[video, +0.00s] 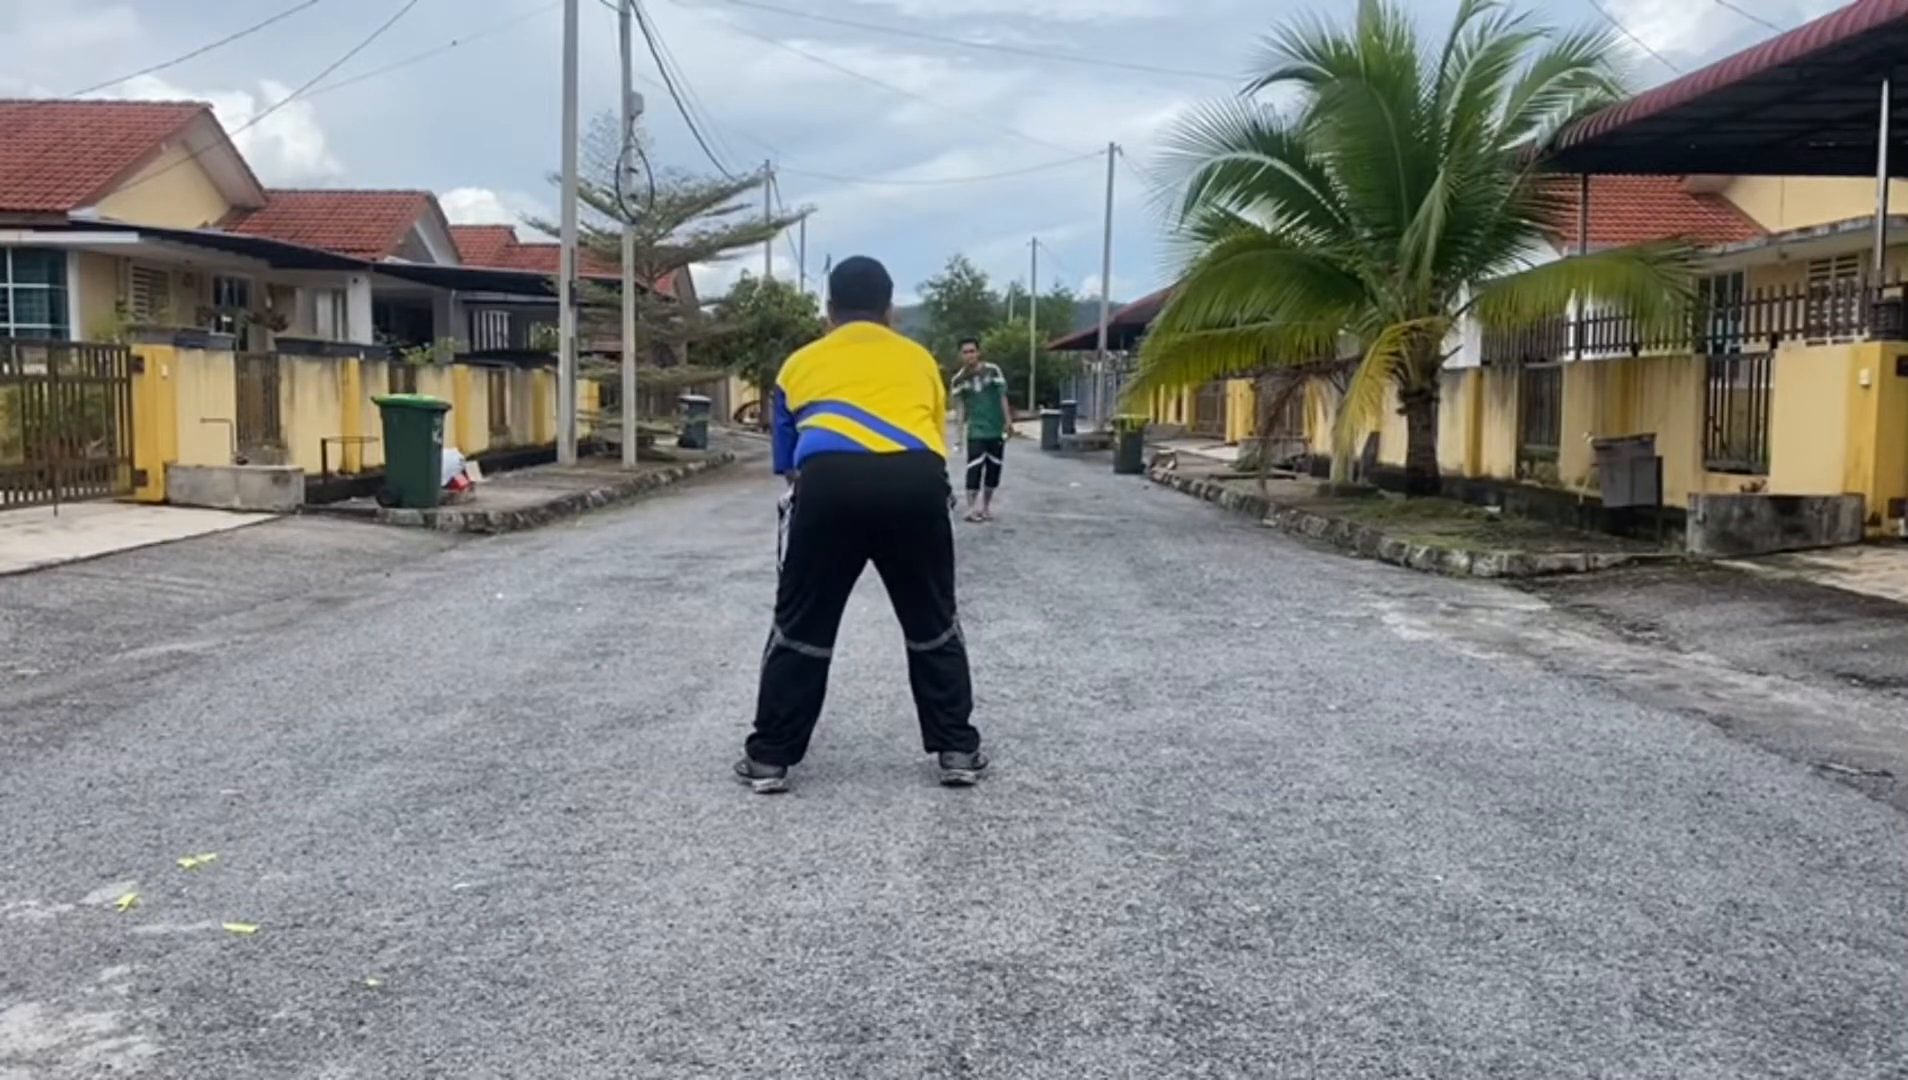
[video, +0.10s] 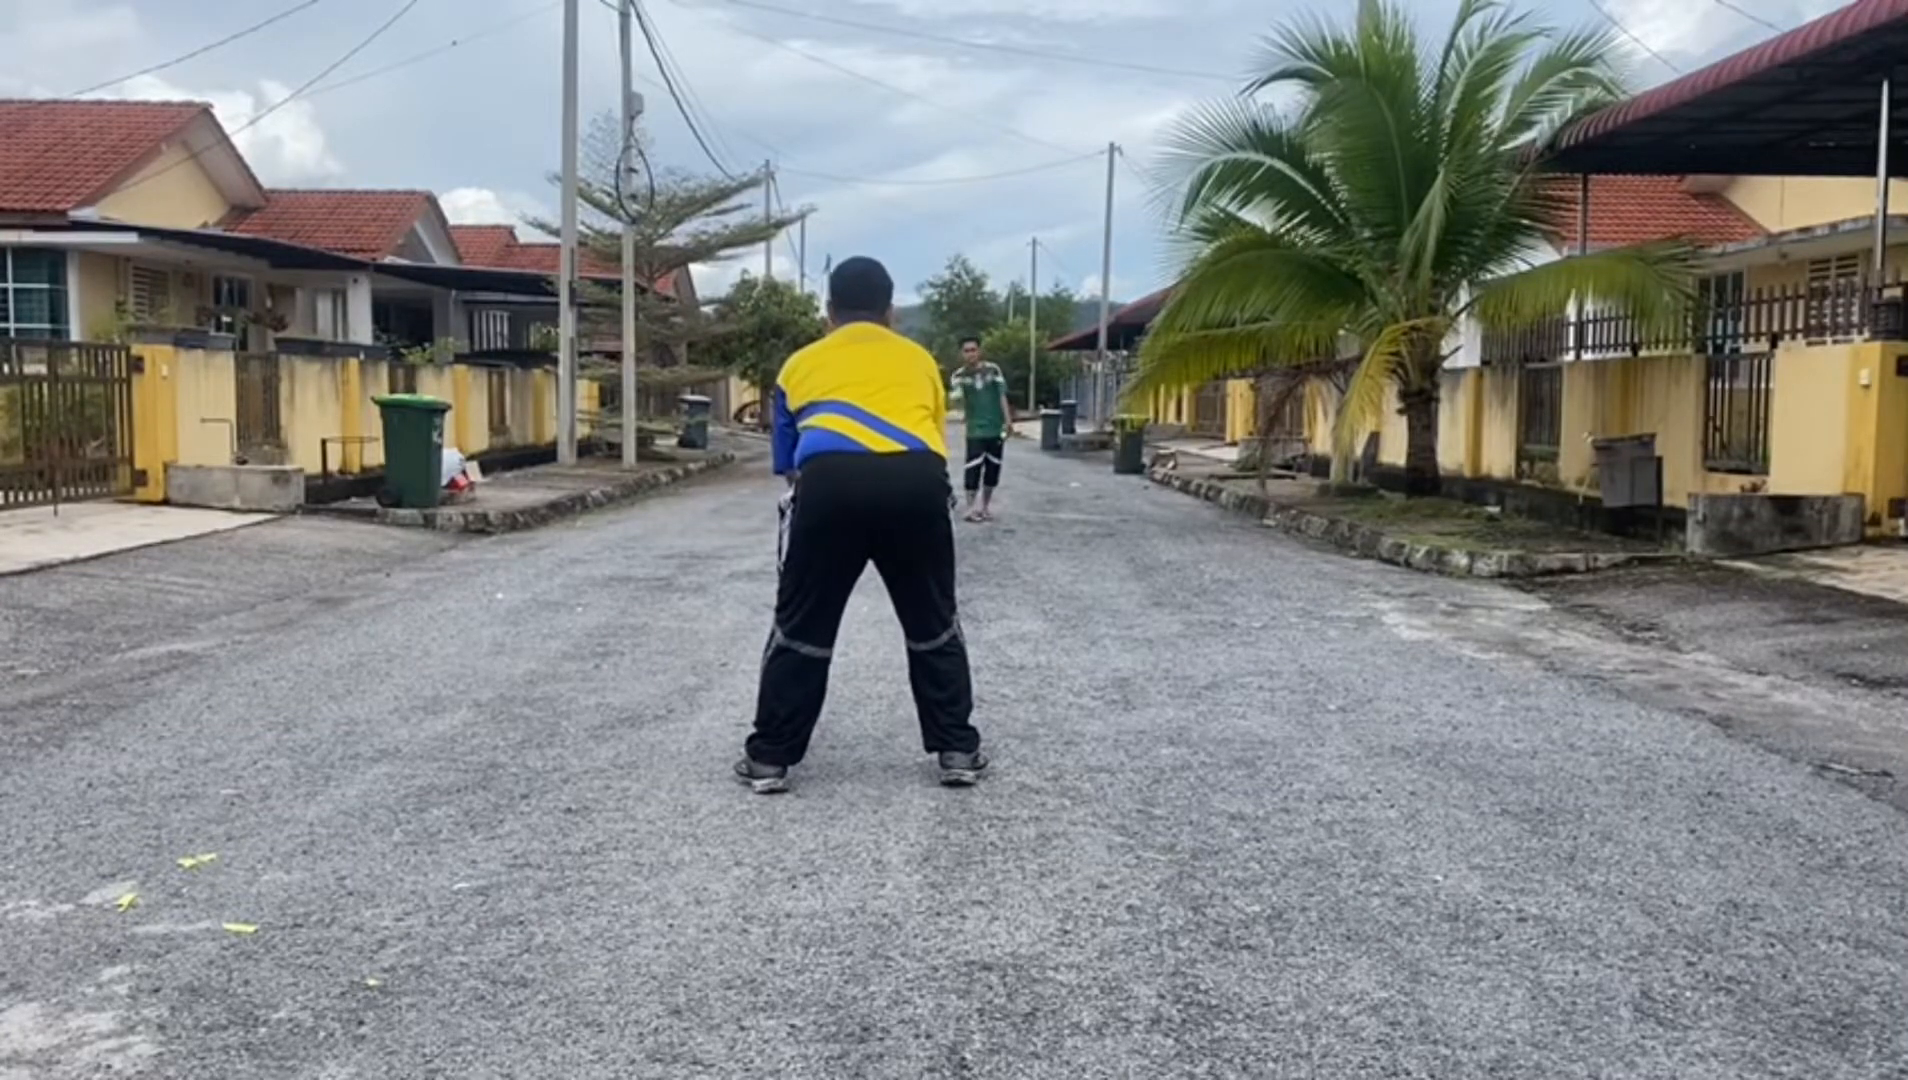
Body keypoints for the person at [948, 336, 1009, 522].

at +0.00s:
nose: (969, 355)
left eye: (972, 351)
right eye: (965, 352)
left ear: (978, 352)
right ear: (961, 356)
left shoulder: (993, 371)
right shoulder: (959, 380)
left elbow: (1003, 397)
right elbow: (960, 410)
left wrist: (1008, 421)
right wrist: (959, 436)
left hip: (996, 428)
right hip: (975, 430)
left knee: (993, 470)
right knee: (974, 468)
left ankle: (986, 507)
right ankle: (971, 507)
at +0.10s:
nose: (970, 354)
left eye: (973, 350)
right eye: (966, 351)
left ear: (980, 351)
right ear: (962, 354)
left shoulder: (993, 370)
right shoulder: (959, 377)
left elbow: (1002, 396)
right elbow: (956, 403)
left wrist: (1007, 420)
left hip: (995, 428)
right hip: (974, 429)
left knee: (992, 470)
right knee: (972, 469)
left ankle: (985, 507)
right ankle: (970, 507)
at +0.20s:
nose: (973, 352)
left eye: (976, 347)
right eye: (969, 348)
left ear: (982, 349)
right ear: (964, 352)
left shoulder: (993, 370)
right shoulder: (963, 372)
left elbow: (1000, 397)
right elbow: (960, 375)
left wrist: (1007, 420)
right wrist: (965, 364)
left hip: (993, 426)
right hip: (974, 426)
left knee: (991, 468)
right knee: (972, 466)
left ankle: (984, 506)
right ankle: (970, 506)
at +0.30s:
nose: (975, 351)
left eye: (978, 347)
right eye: (971, 347)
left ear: (983, 349)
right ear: (965, 351)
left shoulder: (992, 371)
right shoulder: (965, 370)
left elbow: (999, 398)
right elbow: (957, 354)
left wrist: (1006, 421)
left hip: (992, 424)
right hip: (974, 424)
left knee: (991, 466)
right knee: (973, 465)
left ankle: (984, 505)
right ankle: (971, 506)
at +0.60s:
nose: (978, 352)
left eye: (981, 348)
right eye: (974, 348)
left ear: (987, 350)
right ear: (968, 352)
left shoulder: (994, 372)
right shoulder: (965, 371)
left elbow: (999, 400)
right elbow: (955, 376)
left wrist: (1005, 422)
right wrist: (961, 353)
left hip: (990, 427)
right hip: (971, 426)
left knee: (988, 469)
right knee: (970, 468)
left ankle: (984, 506)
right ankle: (970, 507)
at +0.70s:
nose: (979, 352)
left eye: (982, 348)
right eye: (975, 348)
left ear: (988, 350)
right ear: (968, 351)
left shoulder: (994, 372)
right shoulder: (962, 371)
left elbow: (999, 400)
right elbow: (956, 390)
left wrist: (1004, 423)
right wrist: (965, 379)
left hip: (990, 428)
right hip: (970, 429)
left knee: (988, 471)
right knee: (969, 470)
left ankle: (984, 506)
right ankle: (970, 507)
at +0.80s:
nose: (979, 352)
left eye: (982, 348)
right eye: (975, 348)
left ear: (988, 351)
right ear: (968, 351)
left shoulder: (995, 373)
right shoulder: (961, 373)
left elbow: (999, 401)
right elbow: (958, 397)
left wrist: (1002, 424)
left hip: (990, 429)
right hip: (969, 429)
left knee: (988, 470)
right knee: (970, 470)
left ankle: (983, 506)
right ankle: (971, 507)